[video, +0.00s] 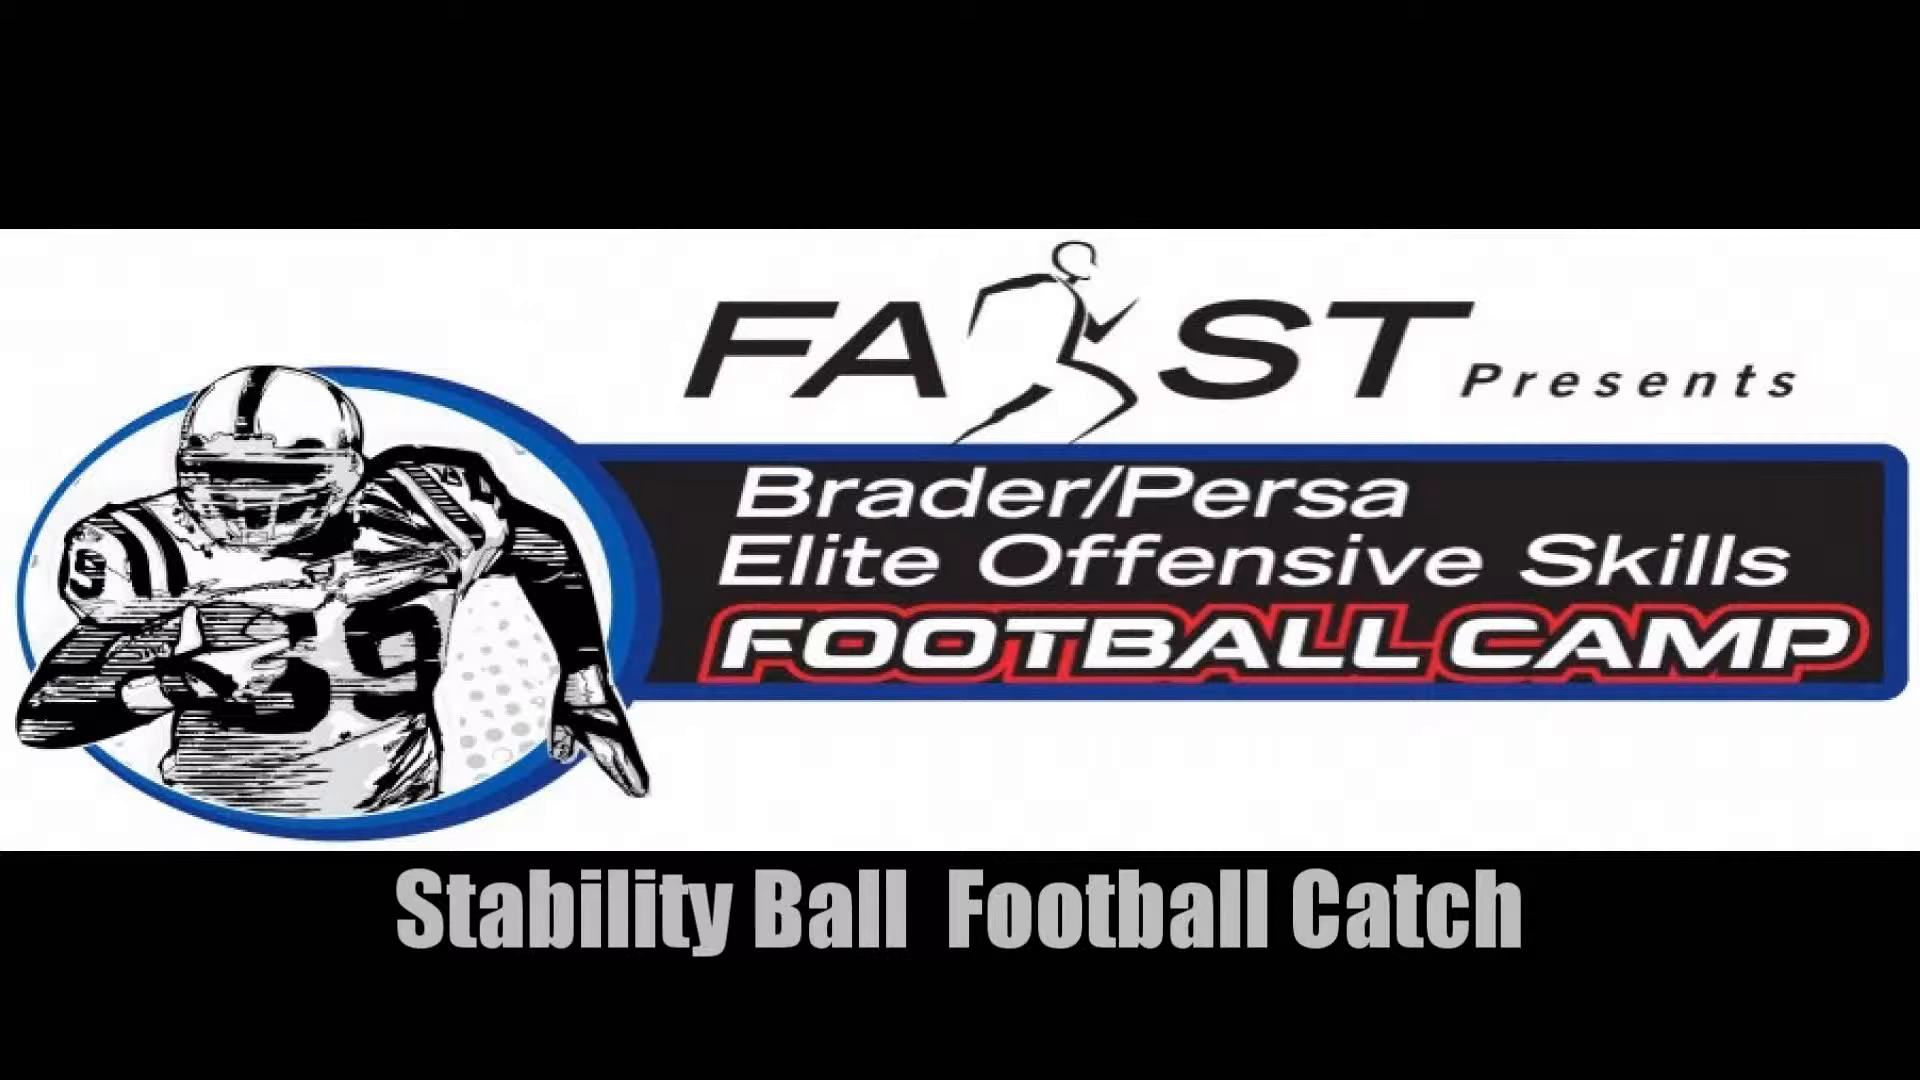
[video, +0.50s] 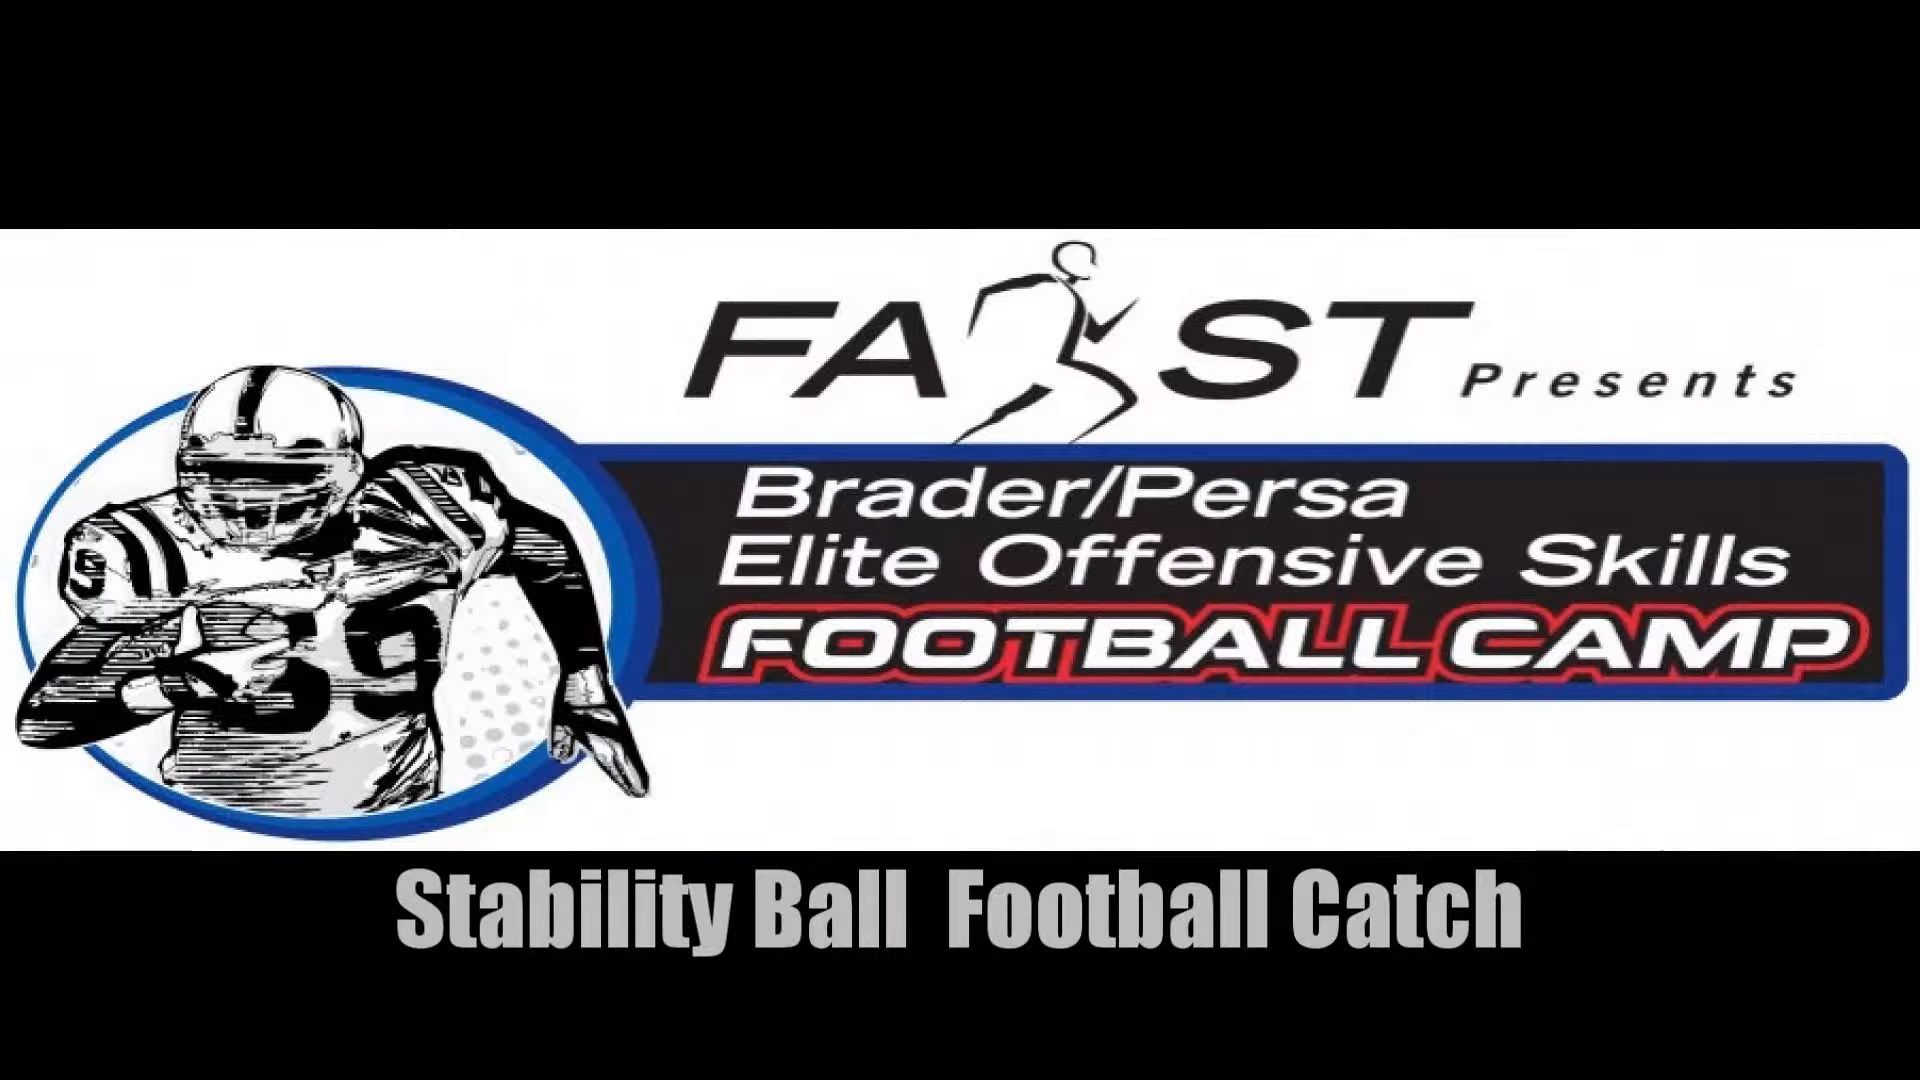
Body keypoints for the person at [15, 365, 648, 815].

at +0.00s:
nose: (252, 515)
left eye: (279, 493)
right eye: (230, 492)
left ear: (336, 480)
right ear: (194, 479)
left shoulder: (423, 508)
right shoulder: (141, 548)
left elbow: (546, 548)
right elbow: (43, 716)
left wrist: (585, 672)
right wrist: (174, 683)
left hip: (386, 812)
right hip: (219, 816)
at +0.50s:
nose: (253, 515)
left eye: (280, 493)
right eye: (230, 493)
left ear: (336, 479)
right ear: (195, 479)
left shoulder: (423, 508)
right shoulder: (140, 549)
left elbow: (546, 548)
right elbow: (43, 716)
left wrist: (585, 672)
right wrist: (172, 683)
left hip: (387, 812)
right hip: (219, 816)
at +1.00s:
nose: (248, 518)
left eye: (277, 496)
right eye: (227, 494)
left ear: (336, 482)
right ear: (194, 480)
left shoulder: (427, 510)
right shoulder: (140, 549)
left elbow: (544, 546)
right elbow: (43, 716)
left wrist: (585, 670)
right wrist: (178, 682)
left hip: (388, 811)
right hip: (219, 815)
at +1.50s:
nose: (248, 518)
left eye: (277, 496)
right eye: (227, 494)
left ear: (336, 482)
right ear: (194, 480)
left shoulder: (427, 510)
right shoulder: (140, 549)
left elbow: (544, 546)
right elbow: (43, 716)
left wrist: (585, 670)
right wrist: (178, 683)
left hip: (388, 811)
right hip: (219, 815)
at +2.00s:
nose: (252, 515)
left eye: (280, 494)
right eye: (229, 492)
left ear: (336, 480)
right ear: (194, 479)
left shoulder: (425, 508)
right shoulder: (142, 549)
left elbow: (546, 548)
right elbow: (43, 716)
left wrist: (585, 671)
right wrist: (175, 683)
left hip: (386, 814)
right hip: (218, 816)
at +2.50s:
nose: (252, 515)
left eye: (280, 493)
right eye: (229, 492)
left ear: (336, 480)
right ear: (194, 479)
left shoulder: (426, 508)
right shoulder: (142, 549)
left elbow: (546, 548)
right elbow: (43, 716)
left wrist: (585, 671)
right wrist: (175, 683)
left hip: (387, 812)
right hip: (218, 815)